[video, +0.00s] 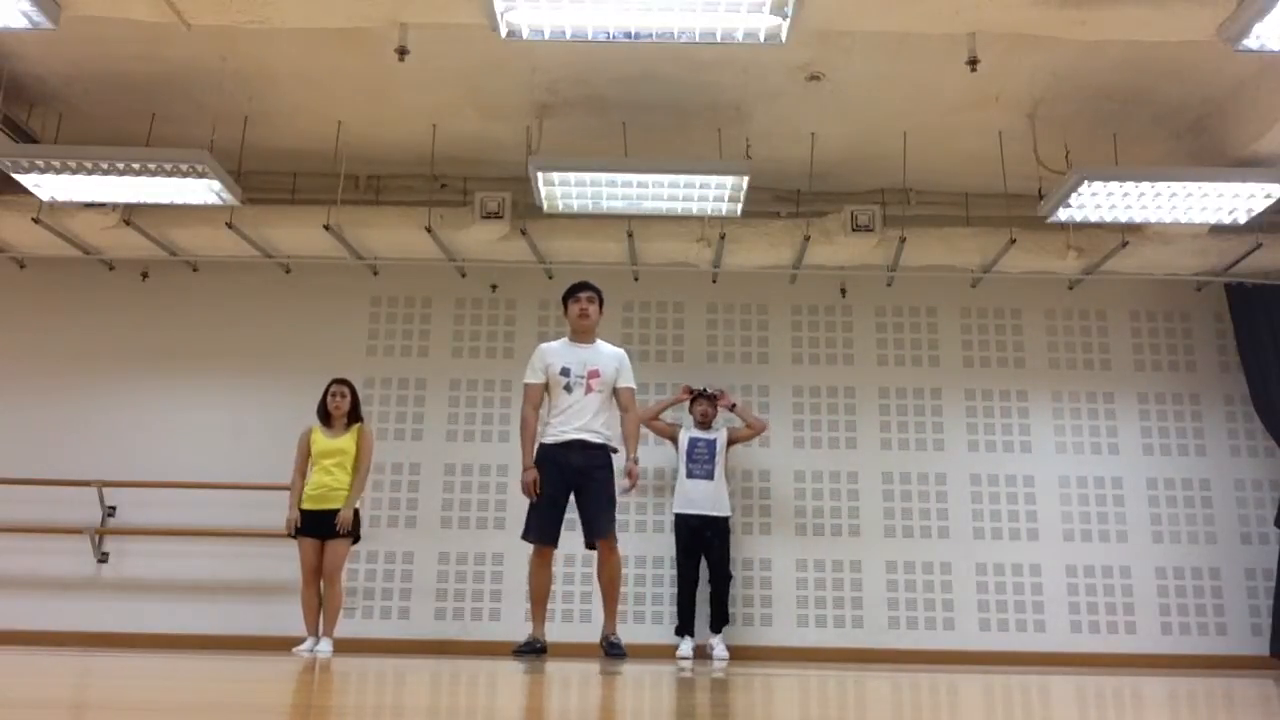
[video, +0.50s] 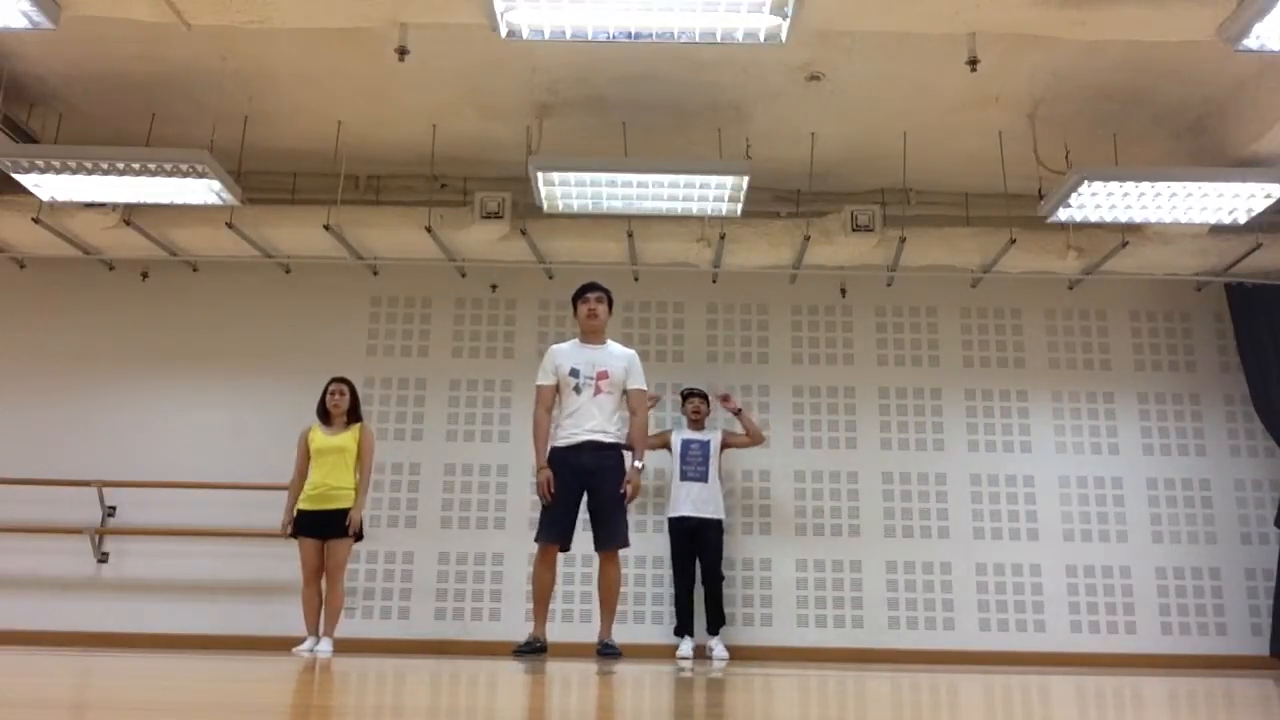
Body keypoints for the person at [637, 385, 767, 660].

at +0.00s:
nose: (703, 413)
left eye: (708, 408)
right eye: (698, 408)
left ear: (715, 411)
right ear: (691, 411)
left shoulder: (724, 436)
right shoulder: (680, 434)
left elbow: (759, 427)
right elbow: (645, 418)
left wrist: (731, 405)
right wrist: (675, 399)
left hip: (716, 515)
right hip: (687, 514)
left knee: (720, 578)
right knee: (687, 578)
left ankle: (716, 636)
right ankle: (686, 638)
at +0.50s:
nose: (695, 407)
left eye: (700, 404)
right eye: (691, 404)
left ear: (708, 409)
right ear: (683, 410)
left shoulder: (718, 437)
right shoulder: (672, 436)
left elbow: (756, 438)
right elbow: (636, 443)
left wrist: (736, 410)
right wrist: (643, 410)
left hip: (710, 516)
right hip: (680, 516)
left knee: (713, 578)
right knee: (683, 580)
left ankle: (714, 638)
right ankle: (685, 639)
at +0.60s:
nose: (694, 408)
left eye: (699, 404)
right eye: (689, 404)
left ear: (706, 409)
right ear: (682, 410)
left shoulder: (717, 438)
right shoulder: (671, 436)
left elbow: (754, 450)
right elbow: (642, 453)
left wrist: (745, 420)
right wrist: (631, 430)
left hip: (709, 518)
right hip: (679, 517)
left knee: (712, 579)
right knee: (683, 581)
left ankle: (714, 638)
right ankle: (685, 639)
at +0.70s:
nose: (693, 409)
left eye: (698, 405)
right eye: (688, 405)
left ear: (706, 410)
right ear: (681, 411)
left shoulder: (717, 442)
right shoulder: (669, 441)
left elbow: (741, 467)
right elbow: (650, 466)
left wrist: (753, 448)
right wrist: (639, 471)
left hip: (708, 520)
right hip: (678, 518)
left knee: (710, 579)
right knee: (682, 581)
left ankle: (713, 637)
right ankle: (685, 639)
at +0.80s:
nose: (693, 410)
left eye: (698, 406)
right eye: (688, 406)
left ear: (705, 411)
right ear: (681, 411)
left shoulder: (717, 443)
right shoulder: (669, 441)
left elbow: (727, 478)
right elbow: (654, 476)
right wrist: (639, 491)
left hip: (707, 520)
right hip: (677, 518)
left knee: (709, 579)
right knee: (681, 581)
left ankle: (712, 636)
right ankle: (685, 638)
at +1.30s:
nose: (701, 414)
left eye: (706, 409)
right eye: (696, 409)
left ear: (713, 411)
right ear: (687, 411)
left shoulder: (725, 442)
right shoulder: (676, 442)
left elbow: (739, 480)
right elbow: (659, 476)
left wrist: (754, 511)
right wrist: (643, 504)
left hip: (715, 520)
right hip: (683, 520)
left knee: (730, 573)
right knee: (684, 582)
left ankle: (753, 629)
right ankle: (685, 638)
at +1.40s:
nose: (707, 414)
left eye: (712, 409)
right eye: (702, 409)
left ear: (719, 410)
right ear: (693, 411)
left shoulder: (732, 441)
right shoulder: (682, 439)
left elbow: (753, 472)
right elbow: (660, 468)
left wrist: (780, 497)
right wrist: (643, 480)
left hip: (721, 521)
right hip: (689, 520)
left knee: (739, 572)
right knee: (687, 582)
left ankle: (768, 627)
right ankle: (685, 638)